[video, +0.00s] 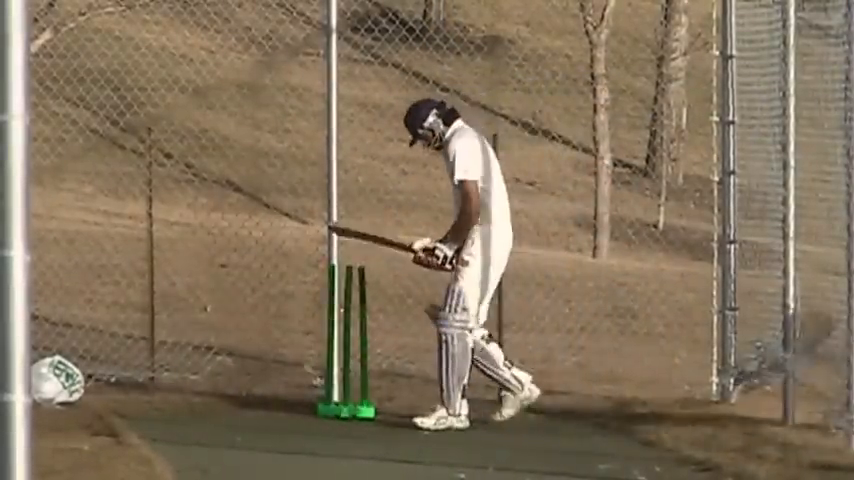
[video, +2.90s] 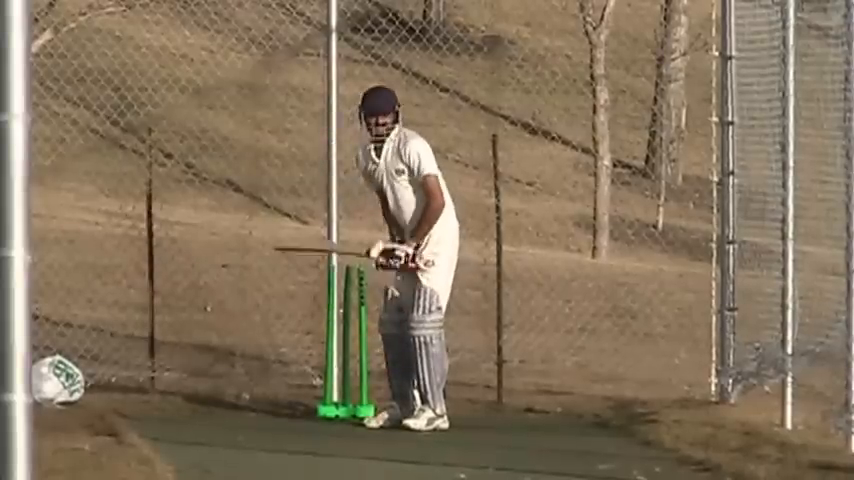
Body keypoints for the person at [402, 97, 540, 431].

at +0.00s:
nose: (426, 143)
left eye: (425, 136)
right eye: (422, 139)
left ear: (436, 125)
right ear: (438, 122)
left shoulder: (462, 142)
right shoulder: (464, 141)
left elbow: (471, 208)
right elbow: (471, 210)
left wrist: (448, 245)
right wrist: (444, 245)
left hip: (485, 243)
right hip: (485, 243)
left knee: (454, 323)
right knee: (464, 325)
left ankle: (453, 410)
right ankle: (518, 386)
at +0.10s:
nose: (413, 146)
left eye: (410, 139)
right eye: (408, 142)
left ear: (420, 126)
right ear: (424, 121)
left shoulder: (447, 142)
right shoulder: (451, 139)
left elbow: (461, 203)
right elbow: (459, 207)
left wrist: (441, 245)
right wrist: (433, 241)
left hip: (475, 243)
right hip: (475, 241)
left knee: (451, 324)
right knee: (439, 320)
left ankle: (453, 411)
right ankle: (484, 384)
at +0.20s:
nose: (401, 149)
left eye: (398, 142)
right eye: (396, 145)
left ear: (407, 128)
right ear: (410, 123)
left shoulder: (434, 141)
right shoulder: (439, 139)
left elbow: (451, 202)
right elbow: (450, 205)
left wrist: (435, 243)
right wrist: (424, 241)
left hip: (466, 242)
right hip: (465, 241)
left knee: (444, 322)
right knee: (427, 317)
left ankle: (450, 408)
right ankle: (448, 401)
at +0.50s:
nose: (368, 163)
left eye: (367, 156)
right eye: (363, 159)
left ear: (376, 143)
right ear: (373, 146)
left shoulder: (404, 149)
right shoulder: (393, 157)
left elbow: (424, 203)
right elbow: (415, 210)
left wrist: (413, 253)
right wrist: (401, 255)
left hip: (451, 239)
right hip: (431, 242)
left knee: (419, 317)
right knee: (403, 321)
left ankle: (446, 401)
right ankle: (403, 402)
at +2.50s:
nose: (349, 172)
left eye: (353, 164)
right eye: (343, 167)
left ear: (366, 152)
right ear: (339, 165)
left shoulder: (390, 168)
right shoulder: (358, 187)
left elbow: (403, 226)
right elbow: (382, 237)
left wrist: (410, 278)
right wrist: (400, 285)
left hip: (446, 243)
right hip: (414, 248)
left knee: (429, 320)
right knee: (393, 323)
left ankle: (435, 409)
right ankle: (404, 403)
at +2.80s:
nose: (375, 128)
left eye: (381, 121)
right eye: (368, 122)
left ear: (392, 119)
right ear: (358, 124)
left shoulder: (409, 149)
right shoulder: (364, 162)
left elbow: (432, 204)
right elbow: (389, 213)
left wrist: (412, 251)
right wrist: (393, 255)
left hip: (436, 242)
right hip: (406, 246)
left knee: (423, 323)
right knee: (393, 324)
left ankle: (434, 409)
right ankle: (404, 404)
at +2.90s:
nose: (379, 124)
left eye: (386, 118)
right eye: (372, 118)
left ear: (397, 117)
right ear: (363, 119)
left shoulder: (412, 146)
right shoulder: (365, 154)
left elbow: (437, 200)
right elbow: (386, 203)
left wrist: (414, 243)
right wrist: (397, 243)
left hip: (436, 240)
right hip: (406, 243)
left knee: (423, 322)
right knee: (392, 322)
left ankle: (434, 408)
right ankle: (404, 403)